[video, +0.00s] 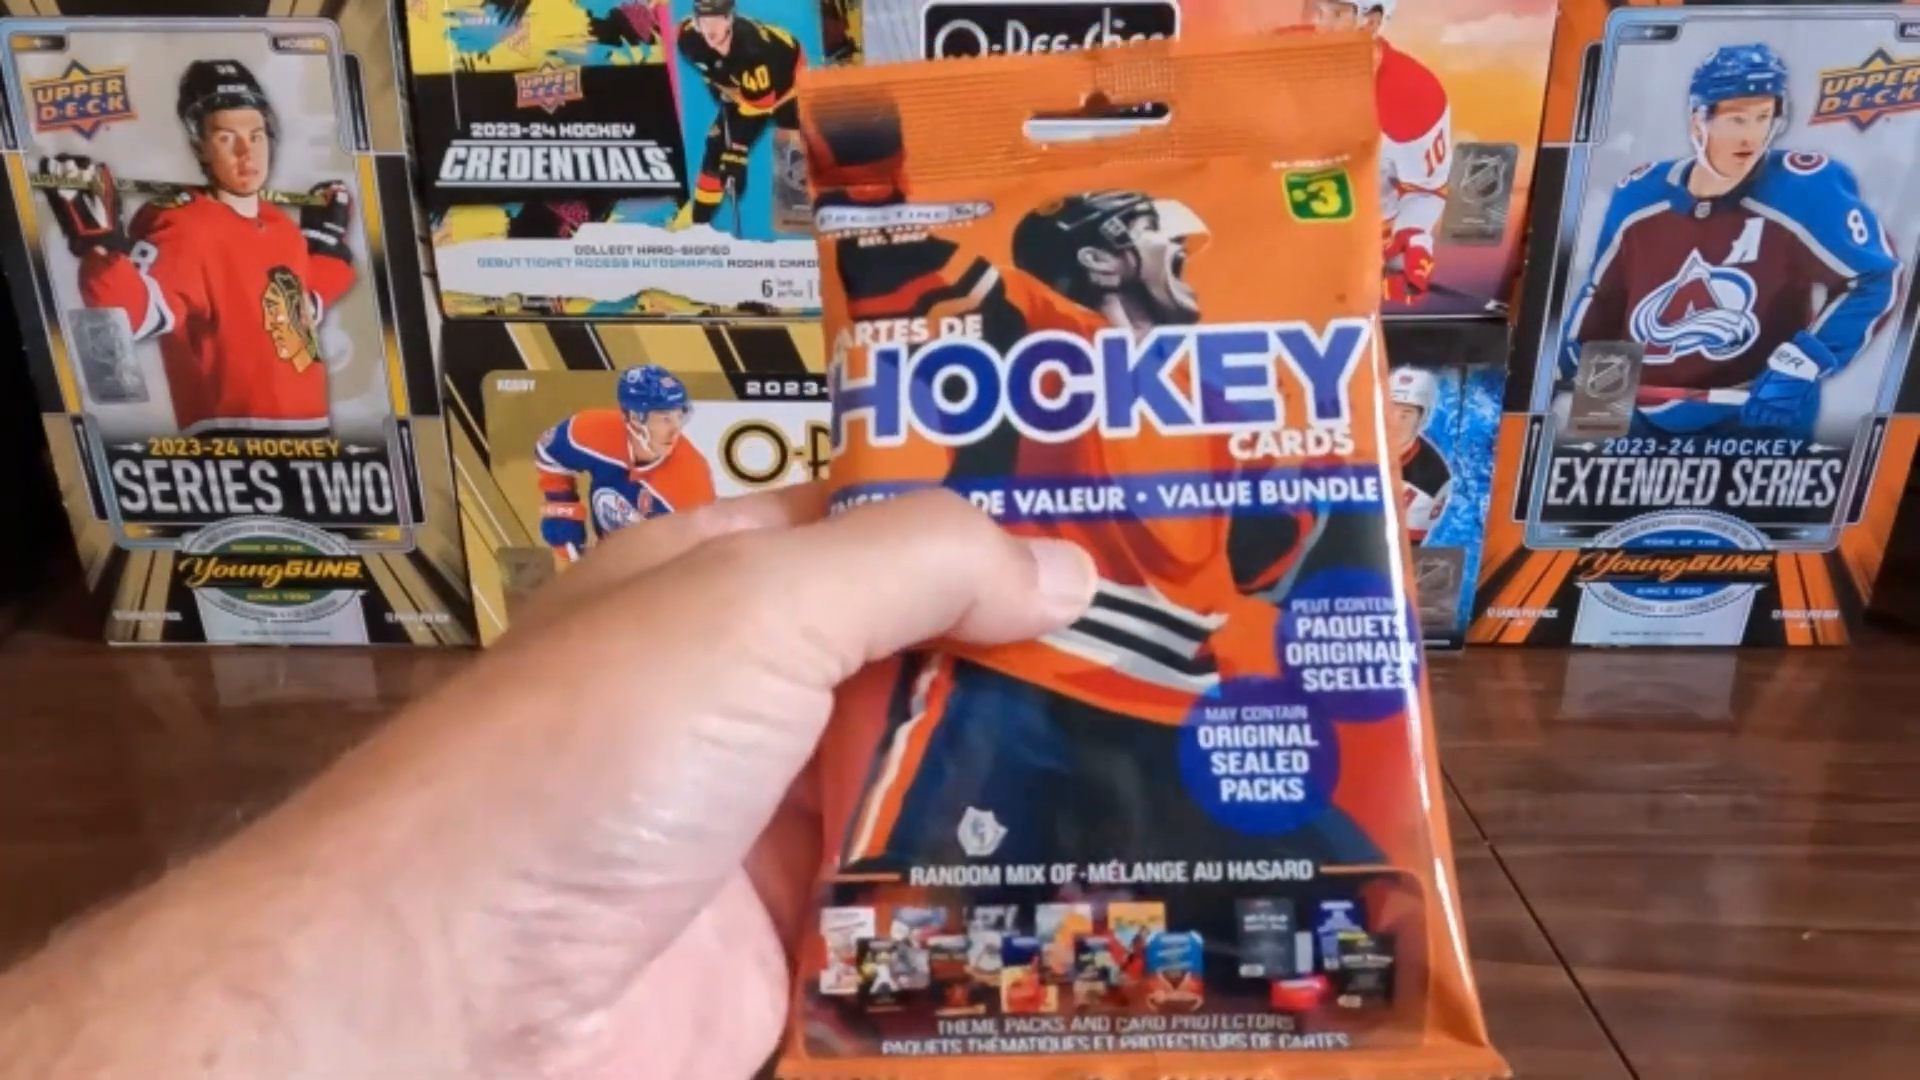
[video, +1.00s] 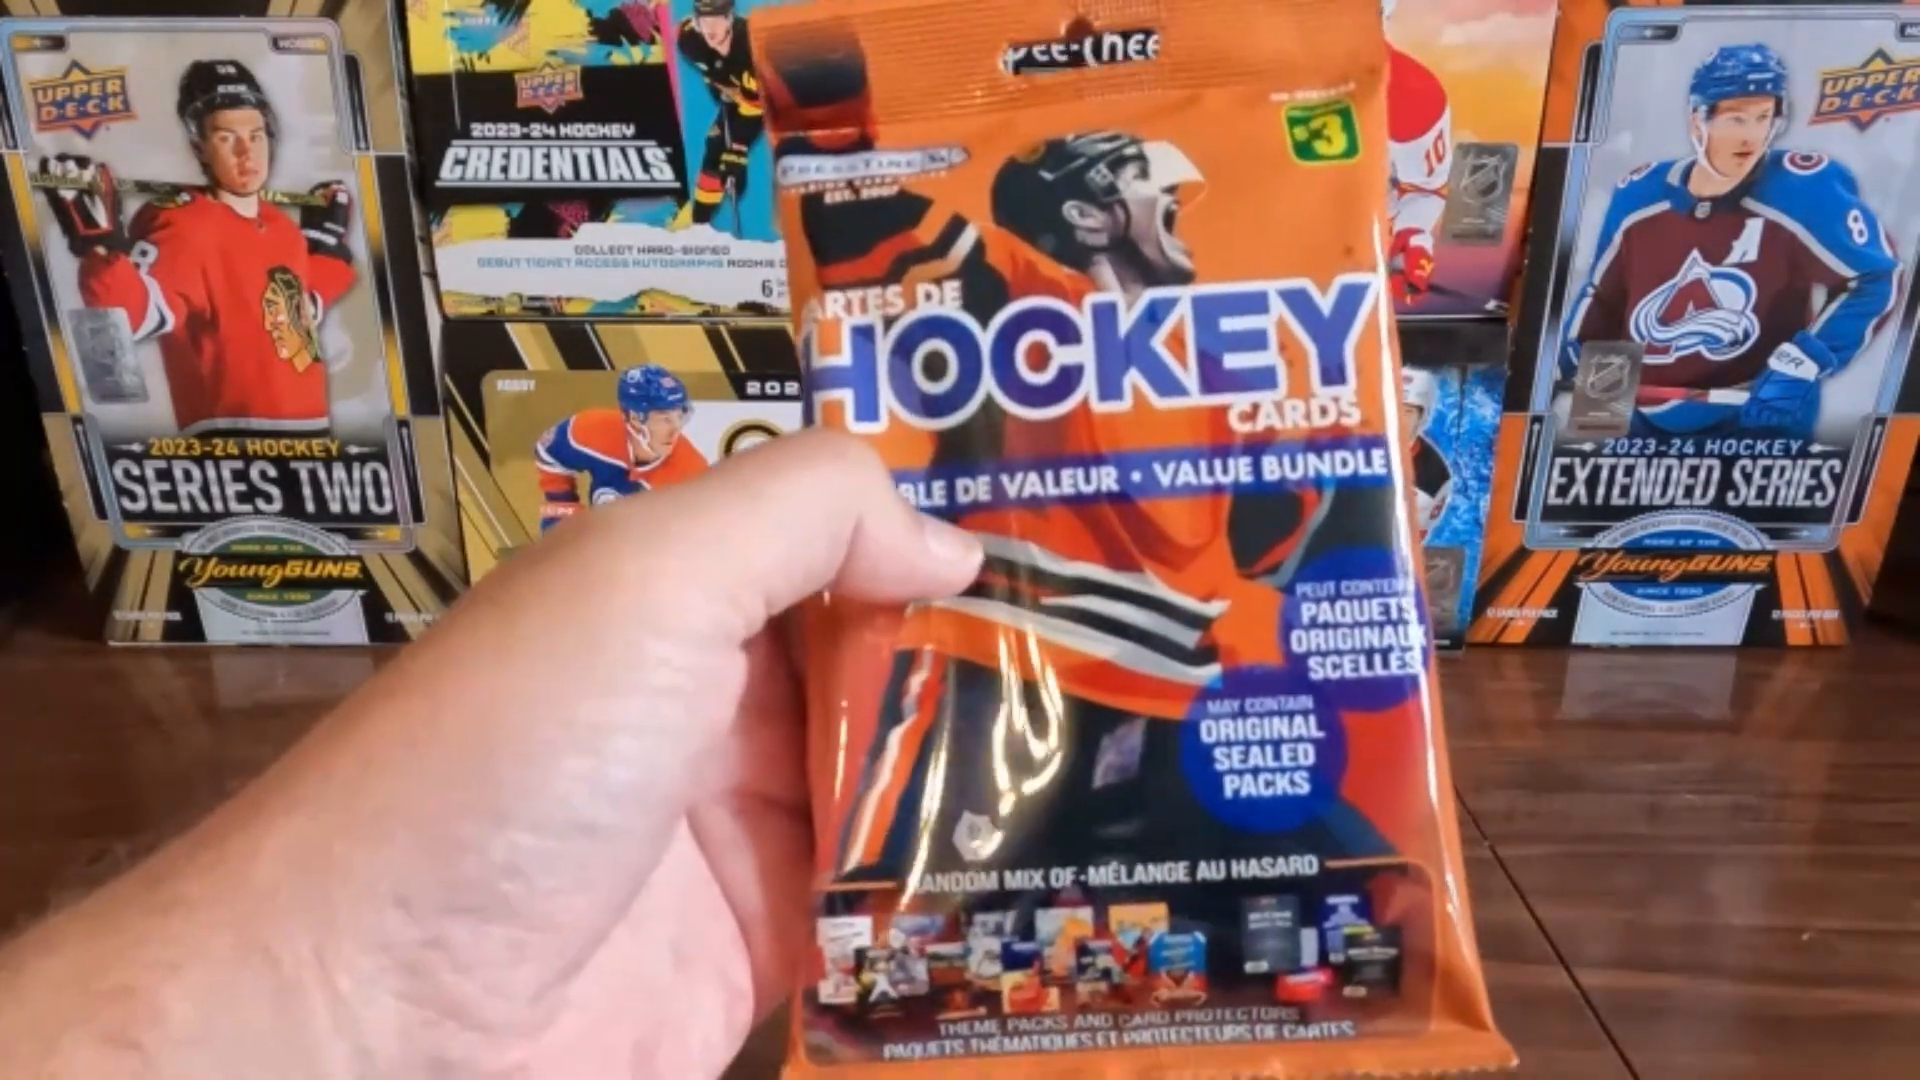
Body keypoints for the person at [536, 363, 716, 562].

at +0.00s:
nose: (676, 429)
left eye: (679, 417)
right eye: (665, 419)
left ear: (685, 414)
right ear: (635, 420)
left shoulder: (691, 477)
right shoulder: (592, 433)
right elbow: (550, 453)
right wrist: (561, 509)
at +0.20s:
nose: (676, 430)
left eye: (680, 417)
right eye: (665, 419)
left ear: (685, 415)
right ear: (635, 420)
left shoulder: (690, 477)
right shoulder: (593, 433)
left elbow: (700, 550)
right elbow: (550, 452)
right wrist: (561, 509)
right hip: (603, 563)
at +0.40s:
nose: (676, 430)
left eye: (680, 418)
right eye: (664, 419)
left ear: (685, 416)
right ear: (635, 420)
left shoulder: (691, 478)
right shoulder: (593, 432)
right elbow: (550, 453)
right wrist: (562, 512)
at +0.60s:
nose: (676, 429)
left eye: (679, 417)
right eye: (664, 419)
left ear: (685, 417)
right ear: (635, 420)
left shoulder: (691, 476)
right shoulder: (593, 432)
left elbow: (701, 546)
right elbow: (550, 453)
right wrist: (564, 524)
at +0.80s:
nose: (676, 430)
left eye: (679, 418)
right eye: (664, 419)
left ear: (685, 417)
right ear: (634, 420)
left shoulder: (691, 477)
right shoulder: (592, 432)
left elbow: (701, 547)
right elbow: (550, 454)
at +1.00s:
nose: (676, 431)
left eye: (679, 419)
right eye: (665, 420)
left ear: (685, 416)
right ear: (634, 420)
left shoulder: (693, 474)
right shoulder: (591, 431)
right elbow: (549, 454)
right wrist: (564, 518)